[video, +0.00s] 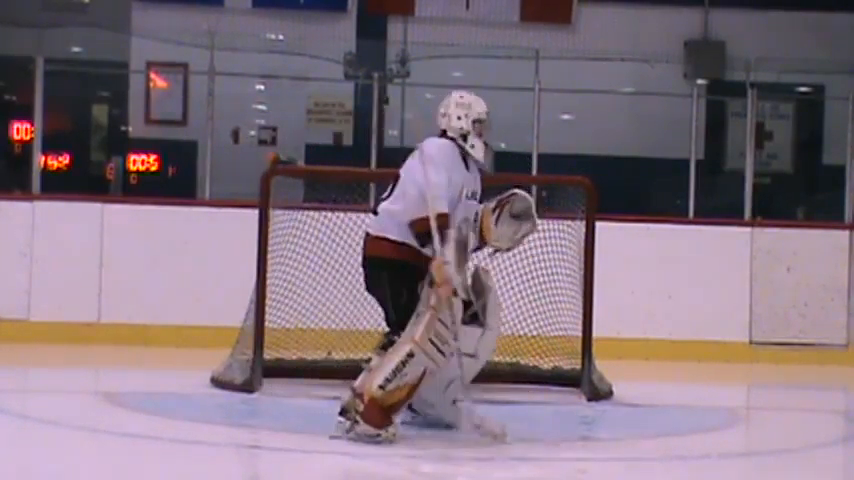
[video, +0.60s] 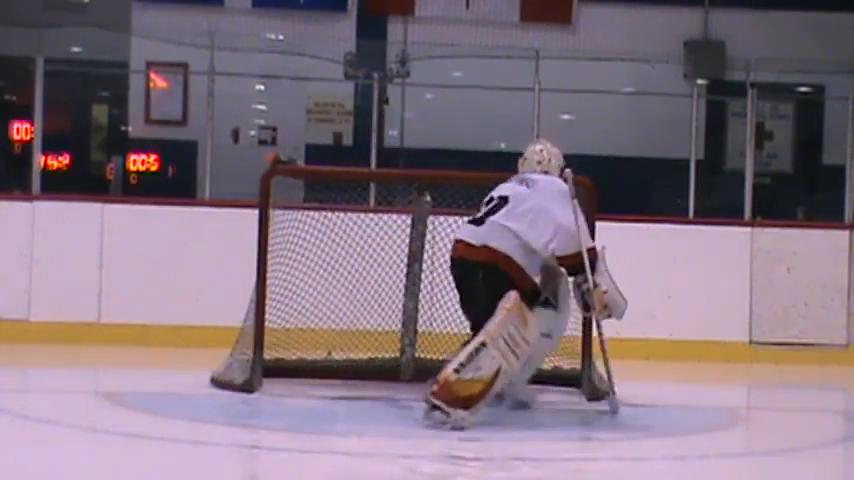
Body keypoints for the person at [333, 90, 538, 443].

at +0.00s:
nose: (483, 130)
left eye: (484, 123)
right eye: (478, 123)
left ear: (461, 124)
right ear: (461, 122)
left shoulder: (468, 166)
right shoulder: (438, 151)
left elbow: (462, 224)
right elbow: (434, 214)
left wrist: (492, 225)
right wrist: (444, 265)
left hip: (415, 253)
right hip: (389, 249)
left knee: (425, 328)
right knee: (408, 331)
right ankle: (364, 405)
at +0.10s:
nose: (492, 145)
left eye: (491, 138)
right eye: (491, 138)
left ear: (454, 134)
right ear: (482, 139)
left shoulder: (434, 158)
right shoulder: (464, 167)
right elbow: (473, 234)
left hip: (381, 250)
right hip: (409, 257)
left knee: (406, 333)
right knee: (418, 337)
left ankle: (356, 405)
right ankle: (360, 409)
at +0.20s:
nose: (500, 167)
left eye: (499, 160)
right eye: (498, 160)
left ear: (460, 155)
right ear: (491, 159)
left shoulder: (441, 175)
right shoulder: (487, 188)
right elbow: (510, 245)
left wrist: (473, 272)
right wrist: (528, 284)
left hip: (386, 261)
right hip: (424, 270)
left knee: (409, 341)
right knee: (421, 345)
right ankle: (358, 409)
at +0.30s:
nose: (514, 177)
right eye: (512, 173)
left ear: (470, 170)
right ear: (507, 174)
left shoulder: (454, 189)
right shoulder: (510, 201)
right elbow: (534, 256)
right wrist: (552, 292)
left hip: (405, 262)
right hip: (450, 276)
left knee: (407, 342)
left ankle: (359, 400)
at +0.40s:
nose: (522, 180)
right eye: (522, 175)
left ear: (485, 173)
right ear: (521, 176)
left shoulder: (468, 194)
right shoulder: (525, 200)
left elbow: (437, 227)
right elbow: (549, 254)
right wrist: (572, 293)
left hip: (426, 257)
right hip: (469, 271)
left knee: (422, 331)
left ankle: (382, 375)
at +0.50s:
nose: (541, 176)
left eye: (512, 167)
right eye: (540, 171)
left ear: (505, 171)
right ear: (539, 174)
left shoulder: (490, 189)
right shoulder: (543, 195)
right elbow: (561, 248)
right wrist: (572, 290)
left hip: (444, 257)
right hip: (487, 268)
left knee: (453, 333)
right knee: (476, 337)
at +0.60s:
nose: (565, 177)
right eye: (563, 171)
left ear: (523, 168)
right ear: (559, 171)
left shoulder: (509, 185)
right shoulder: (556, 191)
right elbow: (571, 250)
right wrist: (587, 286)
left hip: (462, 258)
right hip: (499, 266)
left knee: (486, 333)